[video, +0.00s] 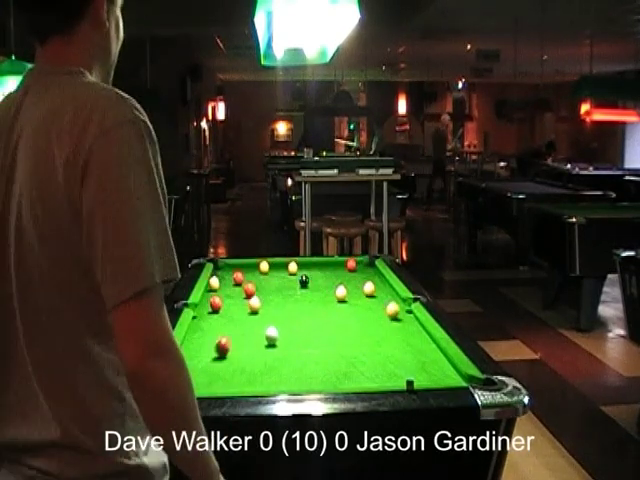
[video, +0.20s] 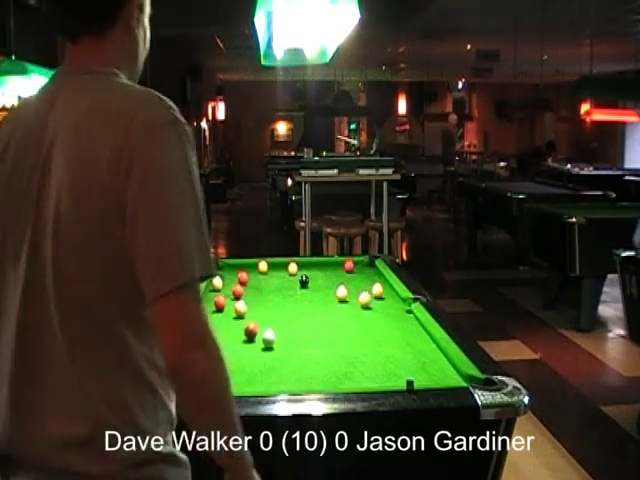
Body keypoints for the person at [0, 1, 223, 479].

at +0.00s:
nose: (122, 30)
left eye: (121, 12)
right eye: (121, 11)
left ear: (37, 22)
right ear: (102, 12)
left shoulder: (6, 113)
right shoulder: (107, 117)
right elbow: (146, 348)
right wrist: (203, 467)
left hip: (10, 452)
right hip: (98, 456)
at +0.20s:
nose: (149, 33)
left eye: (148, 18)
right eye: (148, 16)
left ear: (63, 21)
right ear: (133, 14)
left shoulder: (14, 125)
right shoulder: (146, 120)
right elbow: (183, 341)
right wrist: (238, 462)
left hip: (17, 447)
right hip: (126, 451)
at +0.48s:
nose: (207, 27)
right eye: (205, 14)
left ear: (123, 23)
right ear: (198, 16)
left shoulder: (62, 120)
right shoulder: (228, 124)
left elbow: (14, 303)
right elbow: (268, 306)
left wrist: (55, 400)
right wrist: (307, 434)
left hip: (79, 431)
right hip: (188, 433)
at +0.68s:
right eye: (247, 14)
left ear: (160, 17)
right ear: (241, 15)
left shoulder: (101, 117)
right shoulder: (272, 131)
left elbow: (49, 297)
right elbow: (321, 289)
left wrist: (82, 394)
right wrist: (361, 391)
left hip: (110, 429)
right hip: (220, 431)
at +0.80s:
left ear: (179, 20)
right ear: (255, 28)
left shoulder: (121, 115)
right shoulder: (290, 134)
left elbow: (66, 293)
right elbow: (343, 286)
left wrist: (94, 391)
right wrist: (377, 366)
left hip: (124, 424)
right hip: (235, 427)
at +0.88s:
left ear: (188, 20)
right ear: (265, 32)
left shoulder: (131, 113)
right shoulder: (298, 136)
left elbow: (75, 291)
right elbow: (353, 287)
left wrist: (99, 391)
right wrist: (385, 358)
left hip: (130, 424)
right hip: (240, 426)